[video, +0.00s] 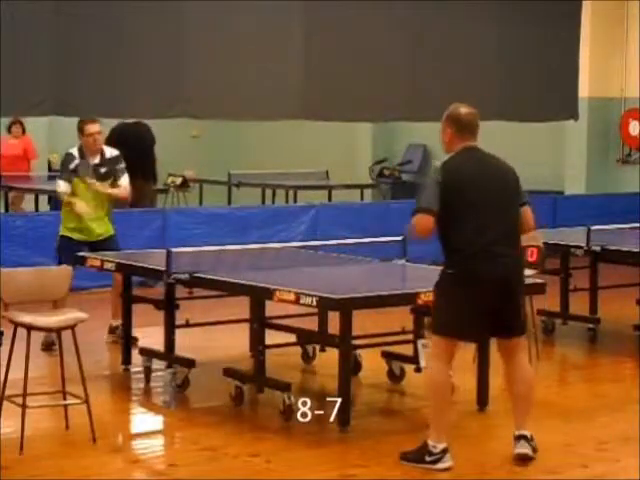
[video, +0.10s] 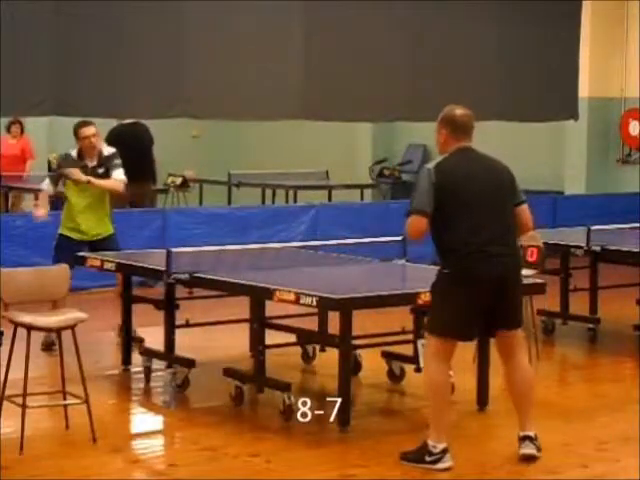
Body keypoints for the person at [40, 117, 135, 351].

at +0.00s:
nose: (96, 139)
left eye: (98, 134)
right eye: (91, 135)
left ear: (103, 134)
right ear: (81, 138)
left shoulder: (114, 156)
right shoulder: (71, 157)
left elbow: (126, 194)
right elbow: (61, 191)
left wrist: (102, 189)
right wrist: (75, 203)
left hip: (102, 227)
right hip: (73, 228)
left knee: (120, 274)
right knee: (63, 279)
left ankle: (117, 324)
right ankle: (53, 330)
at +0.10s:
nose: (92, 141)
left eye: (93, 136)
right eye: (86, 138)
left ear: (99, 136)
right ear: (77, 142)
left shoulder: (110, 156)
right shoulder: (67, 160)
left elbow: (120, 185)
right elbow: (46, 188)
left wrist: (88, 179)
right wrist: (42, 205)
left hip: (102, 230)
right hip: (71, 230)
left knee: (124, 276)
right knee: (59, 280)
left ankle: (126, 327)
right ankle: (52, 332)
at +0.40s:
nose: (86, 167)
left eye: (89, 161)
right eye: (81, 163)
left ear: (96, 156)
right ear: (74, 162)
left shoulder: (109, 170)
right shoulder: (68, 175)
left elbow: (124, 195)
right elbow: (39, 197)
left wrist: (90, 201)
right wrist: (18, 214)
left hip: (103, 238)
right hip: (73, 237)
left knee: (128, 274)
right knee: (58, 284)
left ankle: (127, 328)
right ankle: (51, 331)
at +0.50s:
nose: (84, 168)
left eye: (87, 162)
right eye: (79, 164)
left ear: (94, 157)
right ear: (71, 162)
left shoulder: (106, 162)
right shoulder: (63, 175)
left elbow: (128, 156)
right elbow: (38, 195)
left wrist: (146, 160)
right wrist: (23, 212)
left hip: (105, 237)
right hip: (74, 238)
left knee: (129, 277)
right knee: (61, 285)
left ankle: (128, 328)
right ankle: (52, 332)